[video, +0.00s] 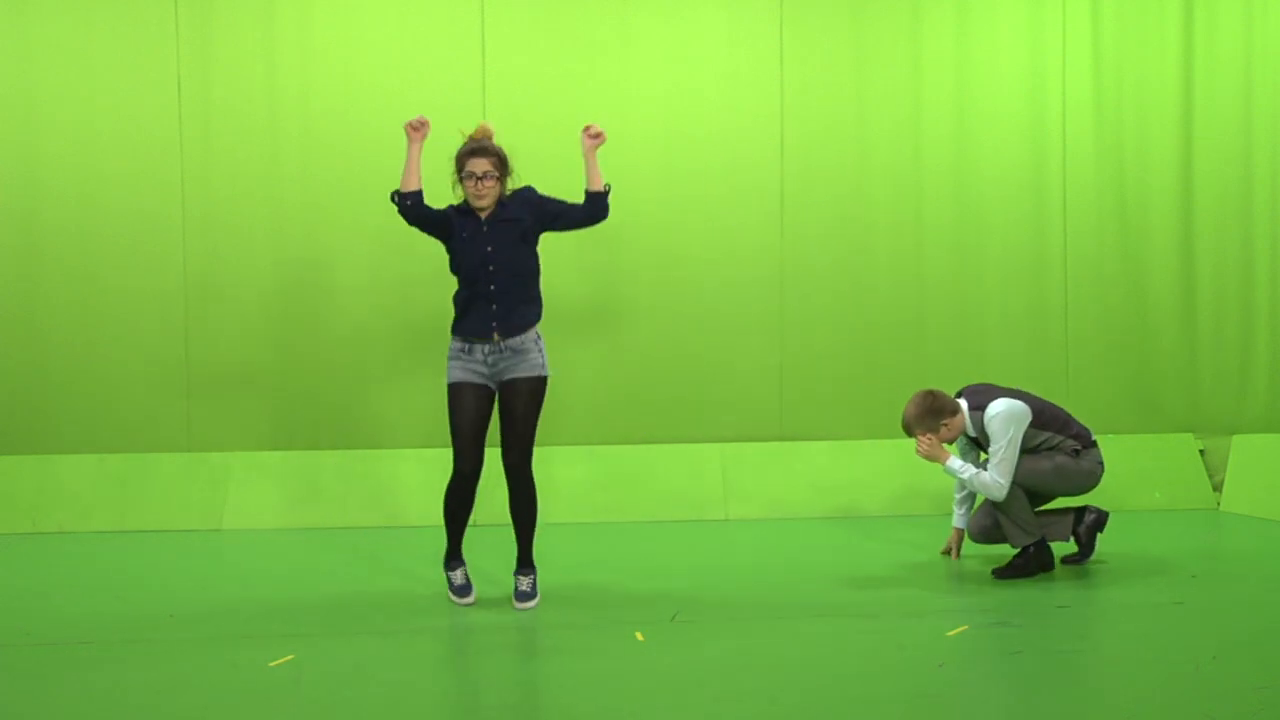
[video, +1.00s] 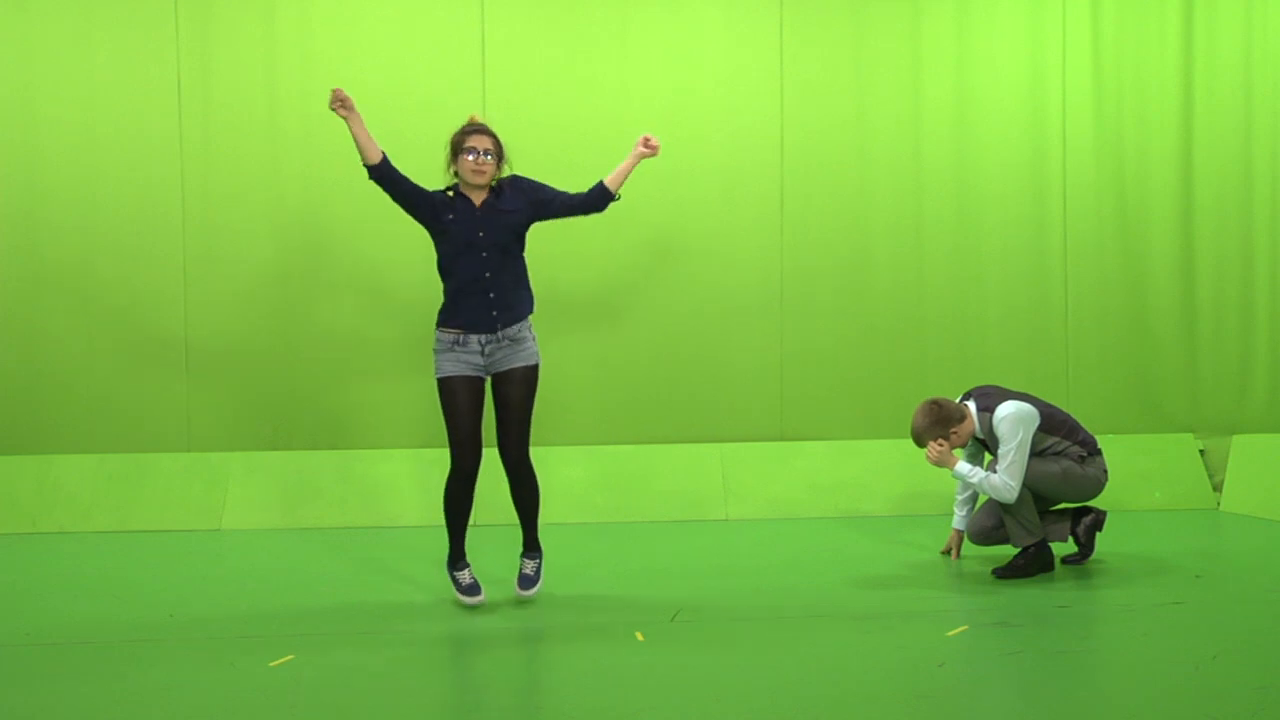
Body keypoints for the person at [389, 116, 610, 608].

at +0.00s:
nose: (480, 184)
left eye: (488, 176)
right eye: (472, 176)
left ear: (502, 178)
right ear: (460, 181)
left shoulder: (527, 209)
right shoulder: (451, 222)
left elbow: (595, 212)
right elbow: (410, 207)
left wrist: (590, 154)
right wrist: (415, 145)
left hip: (522, 352)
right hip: (468, 355)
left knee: (517, 463)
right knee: (467, 466)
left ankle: (525, 566)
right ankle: (453, 560)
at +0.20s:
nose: (481, 205)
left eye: (489, 198)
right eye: (473, 199)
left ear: (506, 206)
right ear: (462, 209)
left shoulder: (533, 247)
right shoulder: (451, 253)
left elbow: (592, 224)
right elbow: (403, 219)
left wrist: (568, 173)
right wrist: (432, 165)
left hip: (525, 388)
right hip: (469, 391)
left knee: (510, 490)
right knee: (474, 493)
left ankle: (523, 574)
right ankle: (465, 568)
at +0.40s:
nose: (484, 157)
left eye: (493, 150)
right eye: (476, 150)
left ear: (508, 156)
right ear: (464, 157)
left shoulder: (528, 188)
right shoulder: (451, 199)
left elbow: (583, 148)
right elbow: (416, 154)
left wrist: (603, 89)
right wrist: (388, 97)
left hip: (522, 336)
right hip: (465, 338)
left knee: (517, 450)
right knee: (471, 451)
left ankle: (526, 553)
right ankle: (462, 551)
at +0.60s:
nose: (485, 195)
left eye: (494, 189)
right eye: (477, 189)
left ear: (508, 198)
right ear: (465, 198)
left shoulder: (529, 237)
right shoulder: (448, 244)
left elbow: (596, 243)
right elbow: (391, 223)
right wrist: (421, 172)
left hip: (523, 375)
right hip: (466, 379)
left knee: (510, 483)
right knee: (477, 488)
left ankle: (525, 567)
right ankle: (466, 567)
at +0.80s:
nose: (484, 187)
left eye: (492, 181)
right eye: (475, 181)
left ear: (505, 191)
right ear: (462, 191)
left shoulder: (529, 235)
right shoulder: (444, 241)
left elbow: (597, 228)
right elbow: (379, 223)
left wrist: (629, 178)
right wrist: (386, 160)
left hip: (521, 374)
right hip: (463, 378)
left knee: (515, 477)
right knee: (471, 485)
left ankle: (527, 567)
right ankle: (465, 568)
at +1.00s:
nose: (479, 159)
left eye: (488, 153)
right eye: (470, 152)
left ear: (499, 162)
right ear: (455, 161)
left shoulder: (520, 197)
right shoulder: (437, 207)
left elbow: (592, 200)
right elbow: (383, 172)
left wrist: (635, 156)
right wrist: (352, 117)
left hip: (515, 340)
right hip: (456, 344)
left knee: (514, 452)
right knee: (466, 458)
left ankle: (532, 551)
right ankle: (458, 561)